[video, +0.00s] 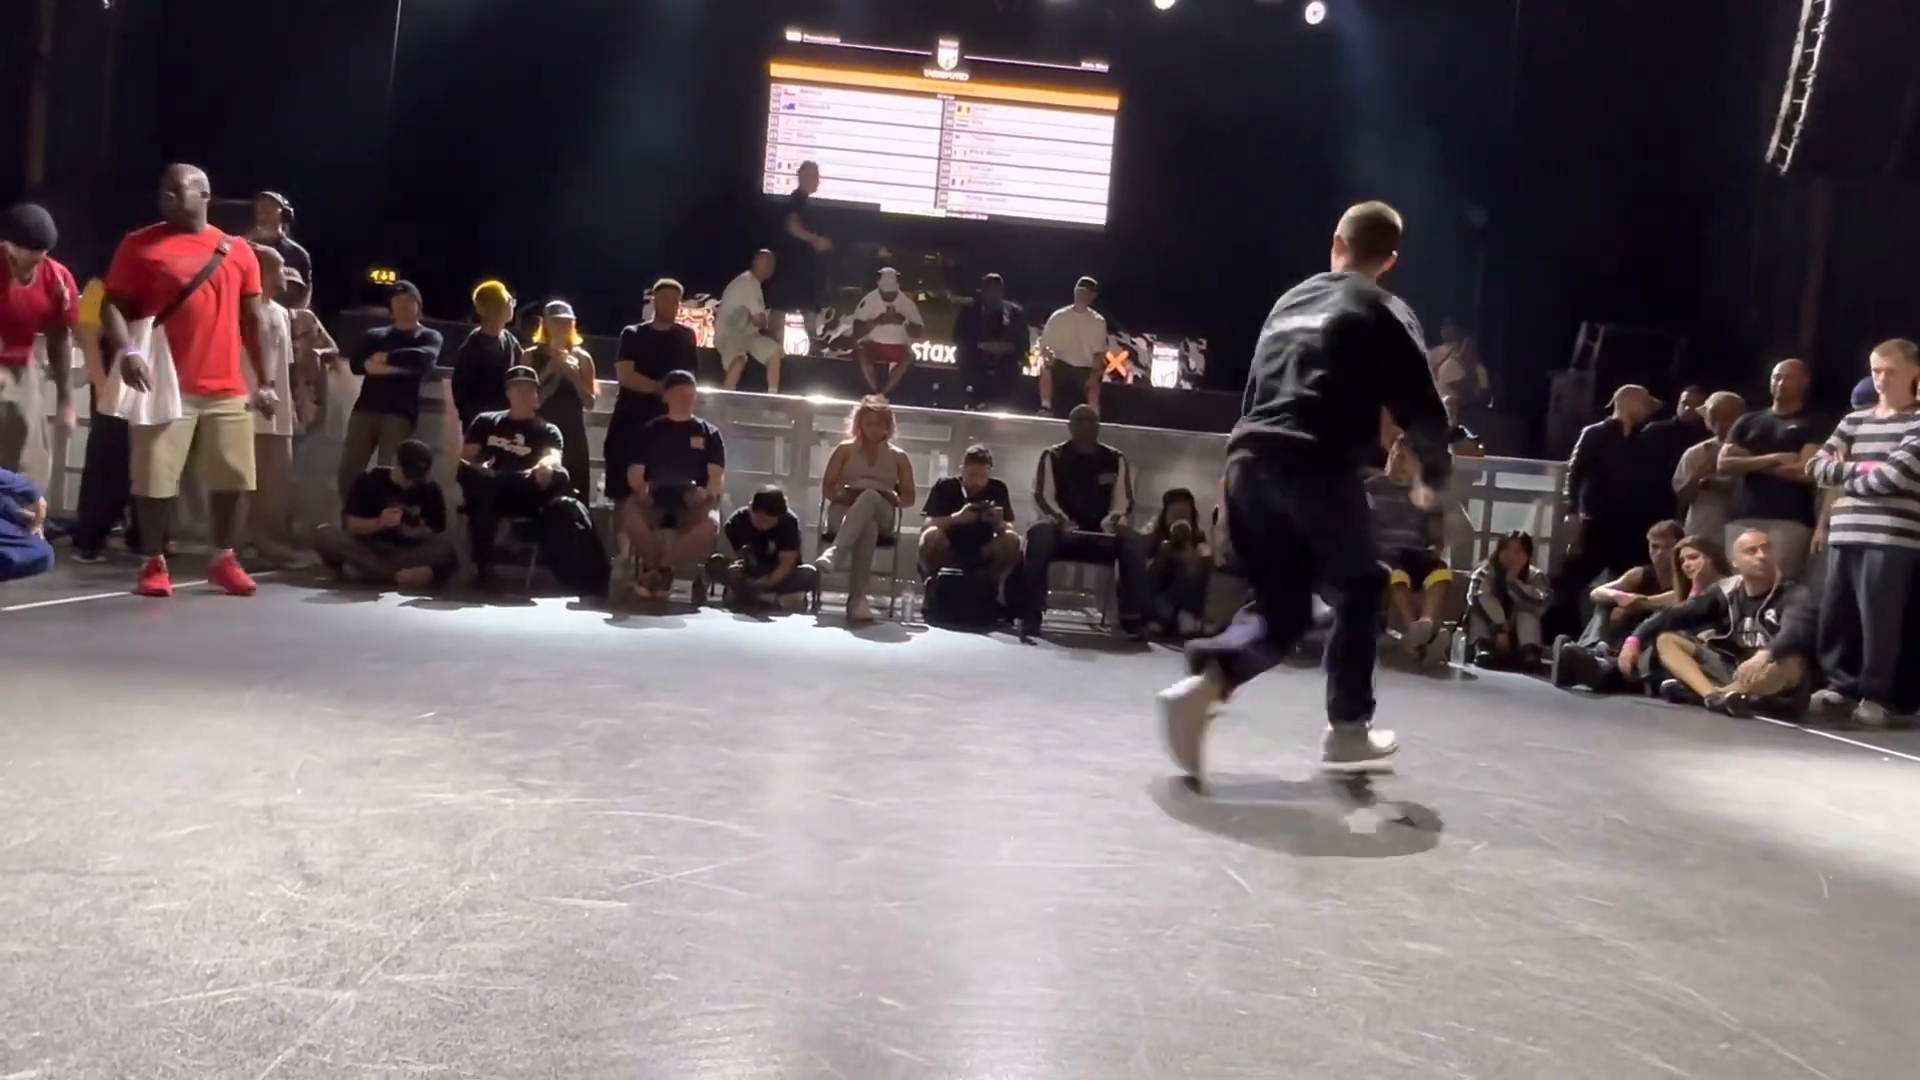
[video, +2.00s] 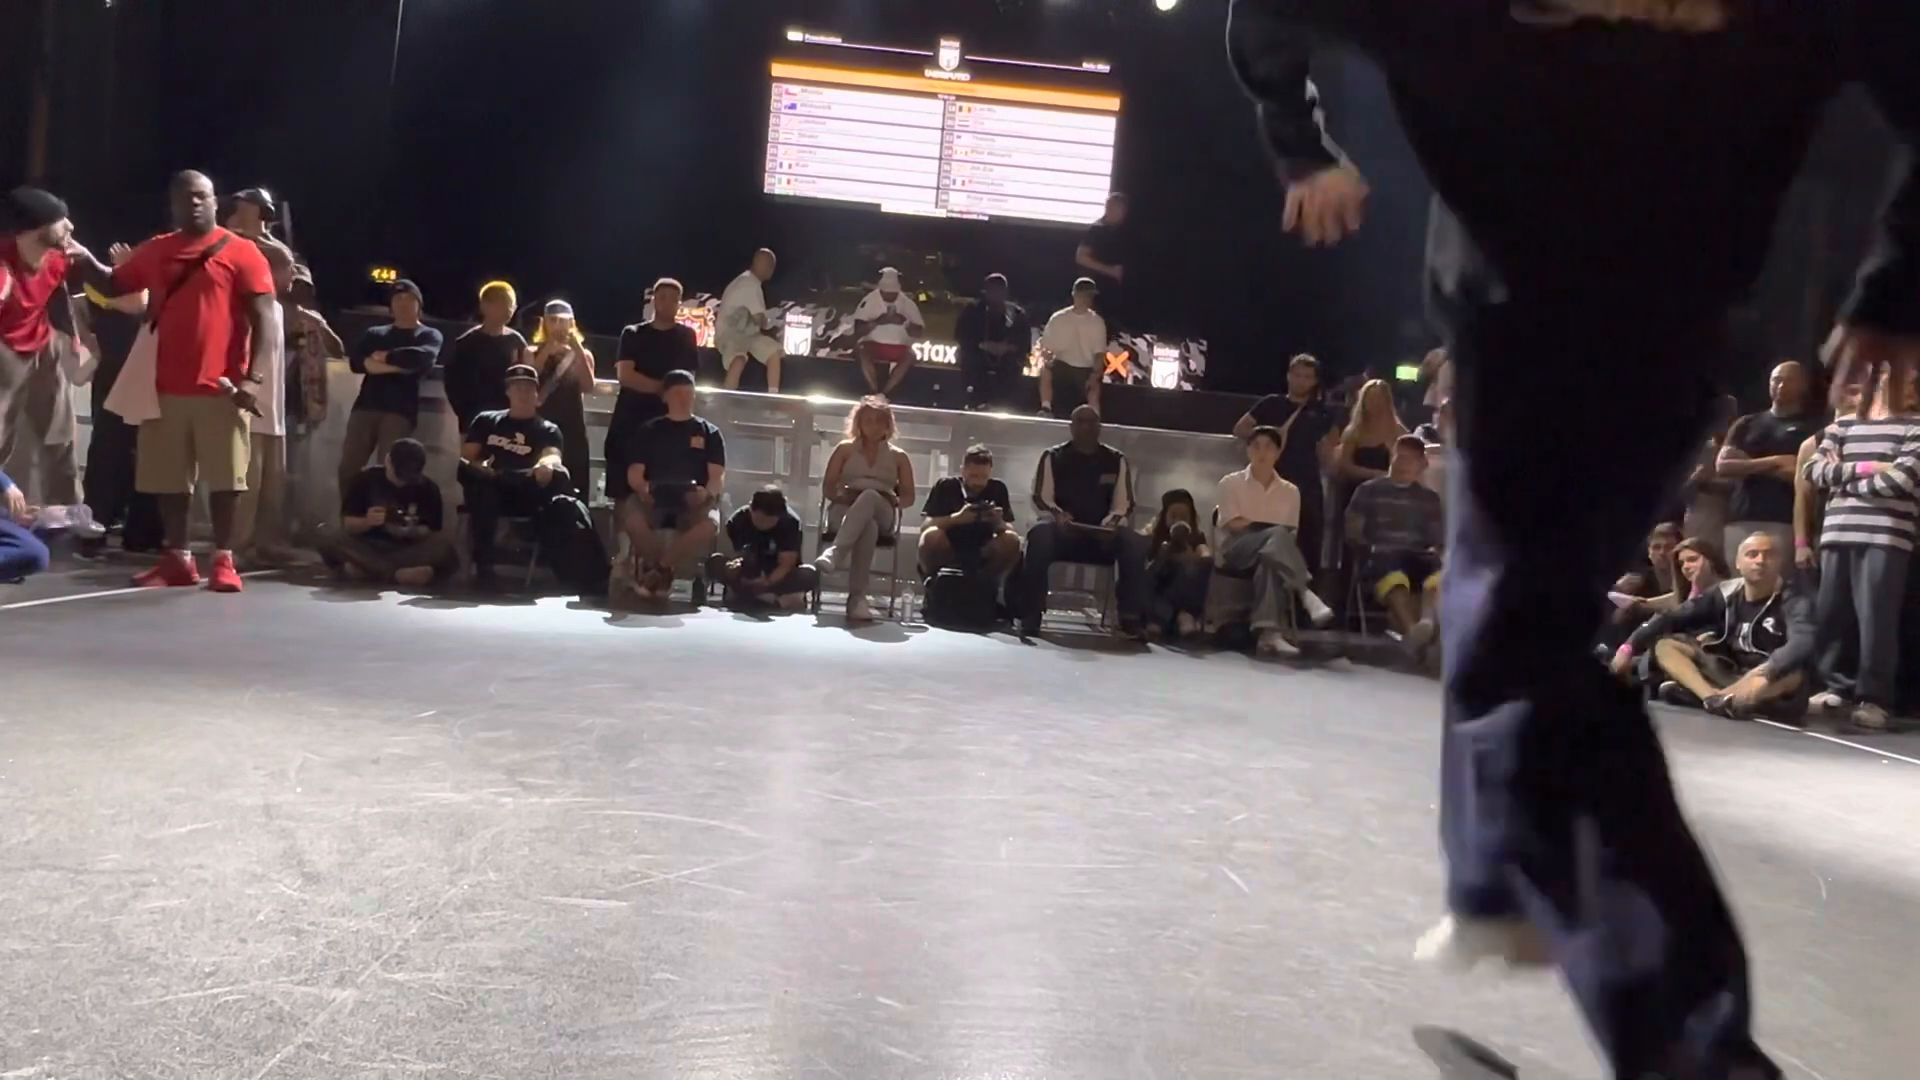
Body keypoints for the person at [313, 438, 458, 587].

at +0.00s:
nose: (407, 484)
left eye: (414, 480)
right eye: (405, 477)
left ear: (423, 474)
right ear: (395, 464)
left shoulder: (429, 489)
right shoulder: (369, 480)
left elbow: (437, 531)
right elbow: (351, 525)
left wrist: (415, 531)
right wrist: (380, 523)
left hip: (410, 550)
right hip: (369, 547)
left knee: (444, 550)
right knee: (323, 535)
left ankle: (370, 573)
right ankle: (394, 574)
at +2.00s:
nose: (401, 483)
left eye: (408, 480)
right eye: (397, 477)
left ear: (419, 471)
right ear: (387, 462)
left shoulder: (428, 489)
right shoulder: (365, 480)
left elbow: (432, 531)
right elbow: (347, 524)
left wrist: (407, 532)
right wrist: (367, 523)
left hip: (409, 550)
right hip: (368, 547)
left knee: (443, 548)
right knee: (326, 535)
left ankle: (370, 572)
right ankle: (393, 573)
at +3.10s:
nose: (390, 464)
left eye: (396, 458)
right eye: (384, 458)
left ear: (405, 463)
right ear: (373, 461)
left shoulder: (421, 497)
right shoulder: (355, 490)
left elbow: (431, 542)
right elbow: (333, 532)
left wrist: (401, 536)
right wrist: (359, 530)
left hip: (402, 555)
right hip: (361, 553)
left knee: (436, 551)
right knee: (320, 539)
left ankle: (363, 579)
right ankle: (388, 582)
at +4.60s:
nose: (371, 499)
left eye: (376, 493)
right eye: (365, 493)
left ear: (385, 496)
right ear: (355, 497)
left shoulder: (403, 528)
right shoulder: (339, 524)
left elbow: (413, 570)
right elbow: (323, 561)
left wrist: (394, 581)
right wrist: (341, 579)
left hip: (386, 588)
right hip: (348, 587)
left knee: (425, 588)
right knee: (305, 578)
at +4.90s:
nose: (374, 510)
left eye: (379, 503)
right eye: (368, 503)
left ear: (388, 506)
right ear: (359, 507)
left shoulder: (406, 537)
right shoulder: (343, 534)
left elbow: (419, 579)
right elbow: (325, 573)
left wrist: (403, 590)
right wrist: (345, 592)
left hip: (391, 600)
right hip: (353, 599)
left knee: (431, 597)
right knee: (309, 589)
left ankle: (354, 628)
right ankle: (382, 628)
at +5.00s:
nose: (374, 510)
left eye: (379, 504)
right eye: (368, 504)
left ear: (388, 507)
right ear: (359, 508)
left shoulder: (406, 537)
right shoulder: (342, 534)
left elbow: (416, 579)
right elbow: (327, 574)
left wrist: (390, 600)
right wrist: (346, 592)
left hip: (390, 599)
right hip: (353, 598)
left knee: (430, 596)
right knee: (310, 588)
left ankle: (354, 628)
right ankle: (380, 628)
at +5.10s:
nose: (375, 511)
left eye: (380, 505)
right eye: (369, 505)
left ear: (389, 507)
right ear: (359, 508)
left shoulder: (407, 538)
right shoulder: (343, 535)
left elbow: (416, 580)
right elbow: (328, 575)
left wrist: (390, 600)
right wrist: (346, 592)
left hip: (391, 600)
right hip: (354, 600)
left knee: (431, 597)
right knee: (309, 590)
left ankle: (355, 628)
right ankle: (381, 628)